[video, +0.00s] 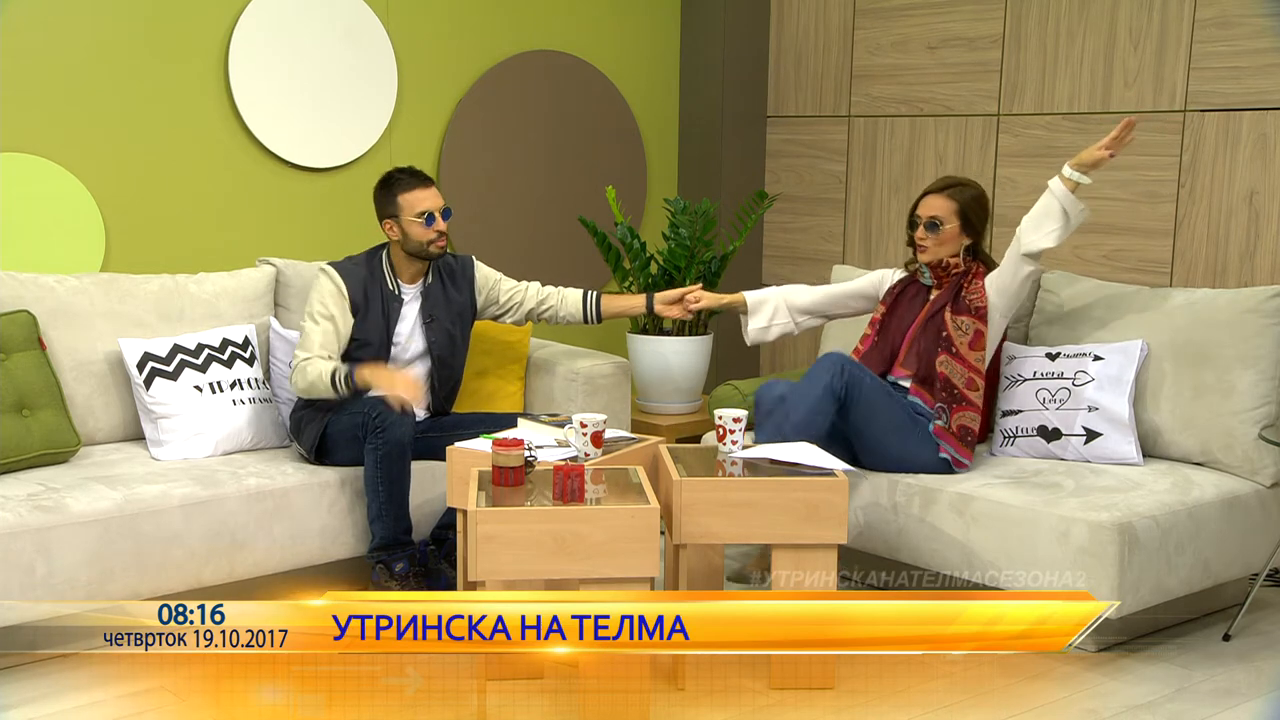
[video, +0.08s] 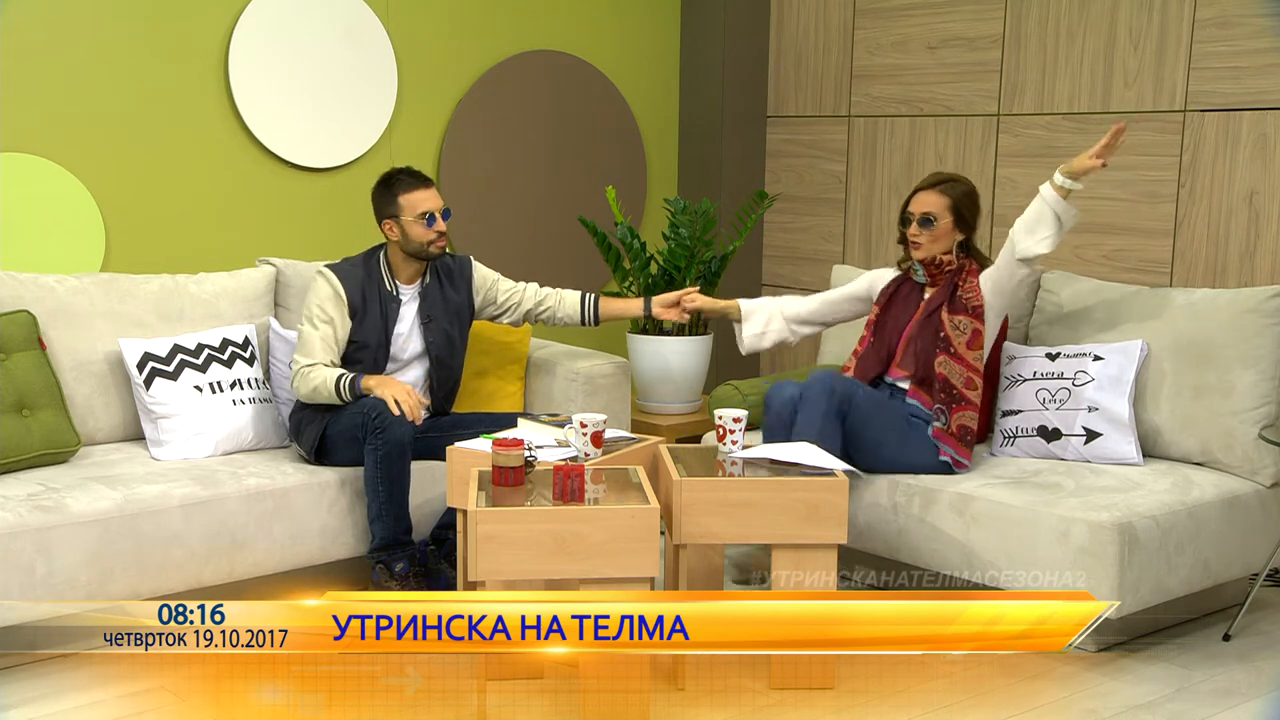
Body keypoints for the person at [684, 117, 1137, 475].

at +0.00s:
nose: (920, 235)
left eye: (934, 226)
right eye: (917, 226)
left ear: (969, 234)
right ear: (913, 232)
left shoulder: (991, 294)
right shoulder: (896, 285)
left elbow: (1028, 247)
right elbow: (816, 299)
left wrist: (1076, 171)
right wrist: (725, 300)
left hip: (931, 437)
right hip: (864, 423)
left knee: (836, 368)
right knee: (772, 398)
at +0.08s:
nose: (913, 233)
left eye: (927, 222)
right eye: (909, 222)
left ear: (962, 228)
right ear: (905, 229)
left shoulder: (988, 293)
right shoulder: (890, 284)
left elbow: (1024, 248)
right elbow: (806, 311)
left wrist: (1067, 178)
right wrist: (714, 306)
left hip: (931, 430)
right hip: (869, 415)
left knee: (824, 388)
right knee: (782, 395)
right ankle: (762, 532)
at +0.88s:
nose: (844, 224)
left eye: (857, 212)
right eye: (841, 214)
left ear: (893, 217)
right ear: (840, 223)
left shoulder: (924, 278)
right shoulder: (836, 281)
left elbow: (956, 260)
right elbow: (771, 324)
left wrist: (989, 227)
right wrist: (691, 356)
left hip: (903, 434)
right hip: (842, 421)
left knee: (788, 423)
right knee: (762, 425)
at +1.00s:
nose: (847, 227)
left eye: (859, 215)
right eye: (846, 217)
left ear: (896, 221)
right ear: (849, 225)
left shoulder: (928, 282)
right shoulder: (841, 283)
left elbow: (960, 261)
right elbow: (771, 320)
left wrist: (992, 229)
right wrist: (694, 350)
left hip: (905, 435)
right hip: (845, 422)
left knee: (789, 424)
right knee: (766, 428)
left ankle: (819, 563)